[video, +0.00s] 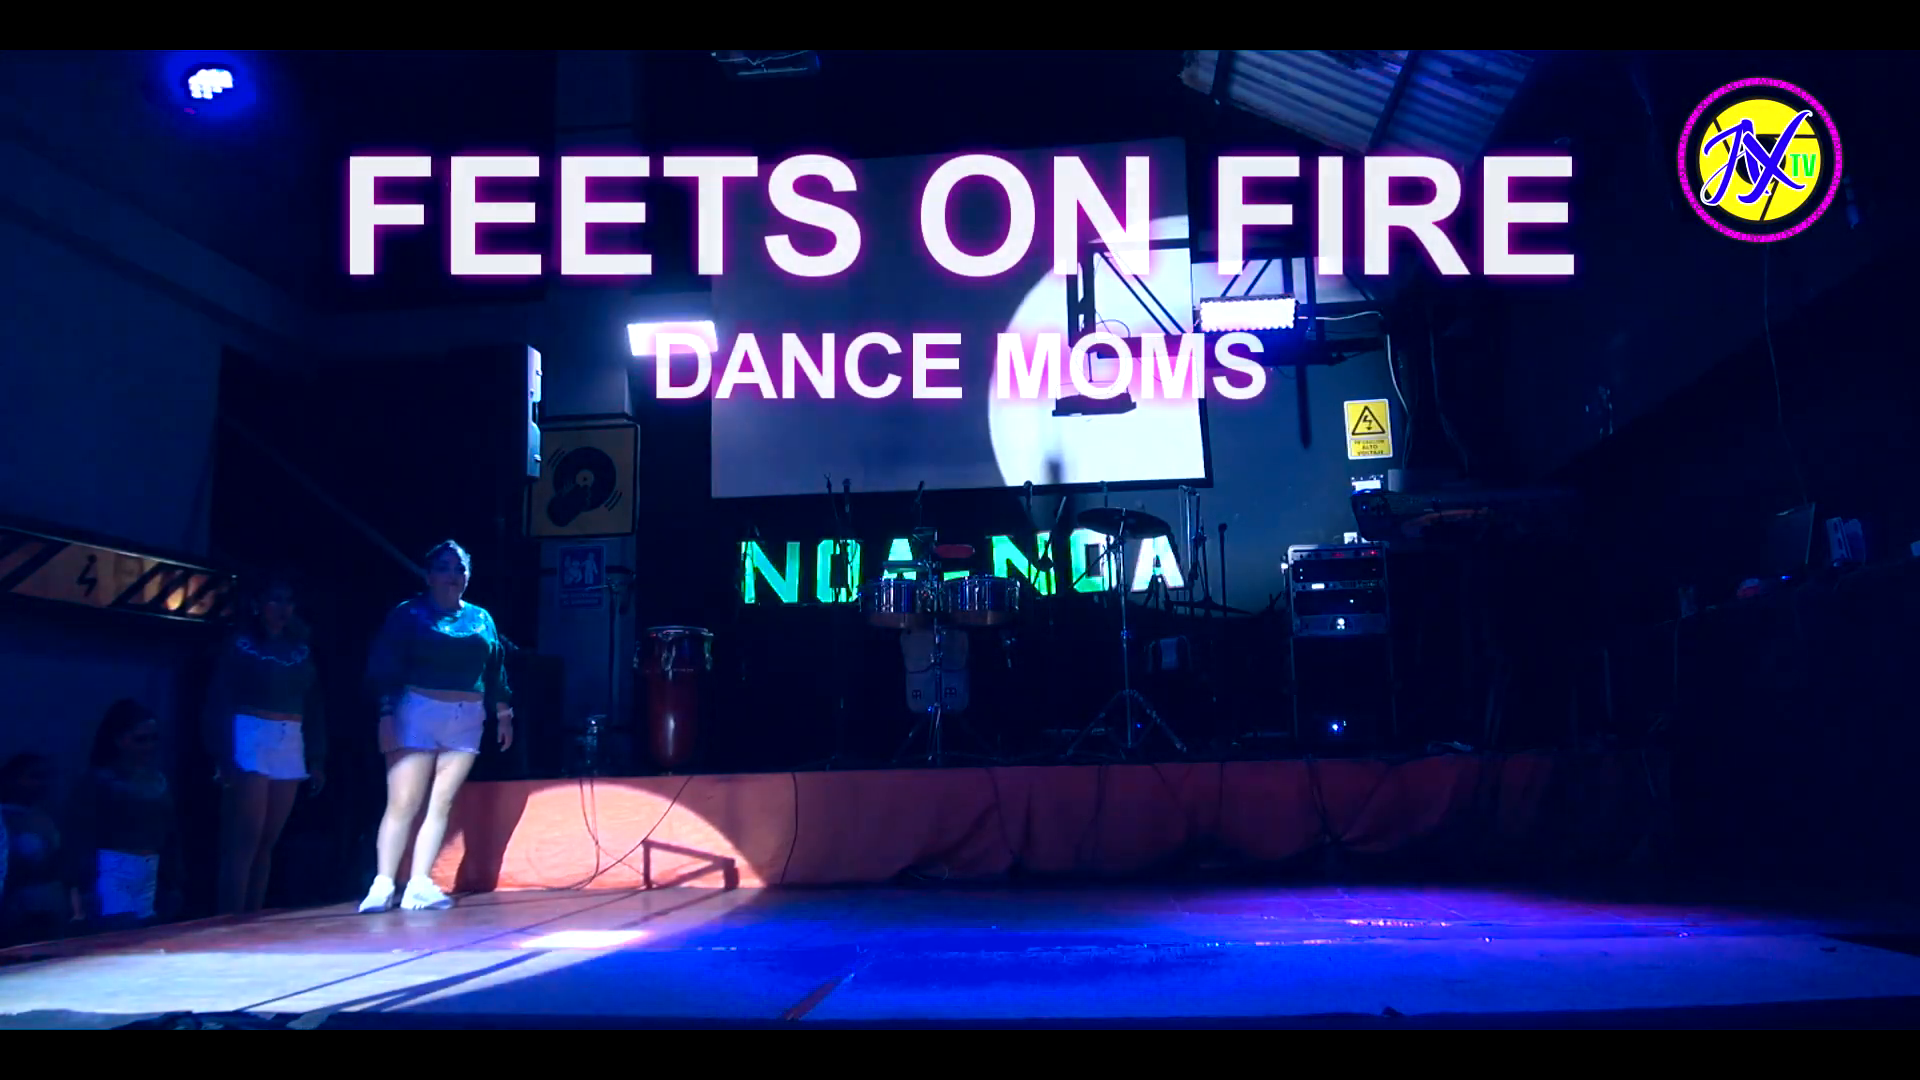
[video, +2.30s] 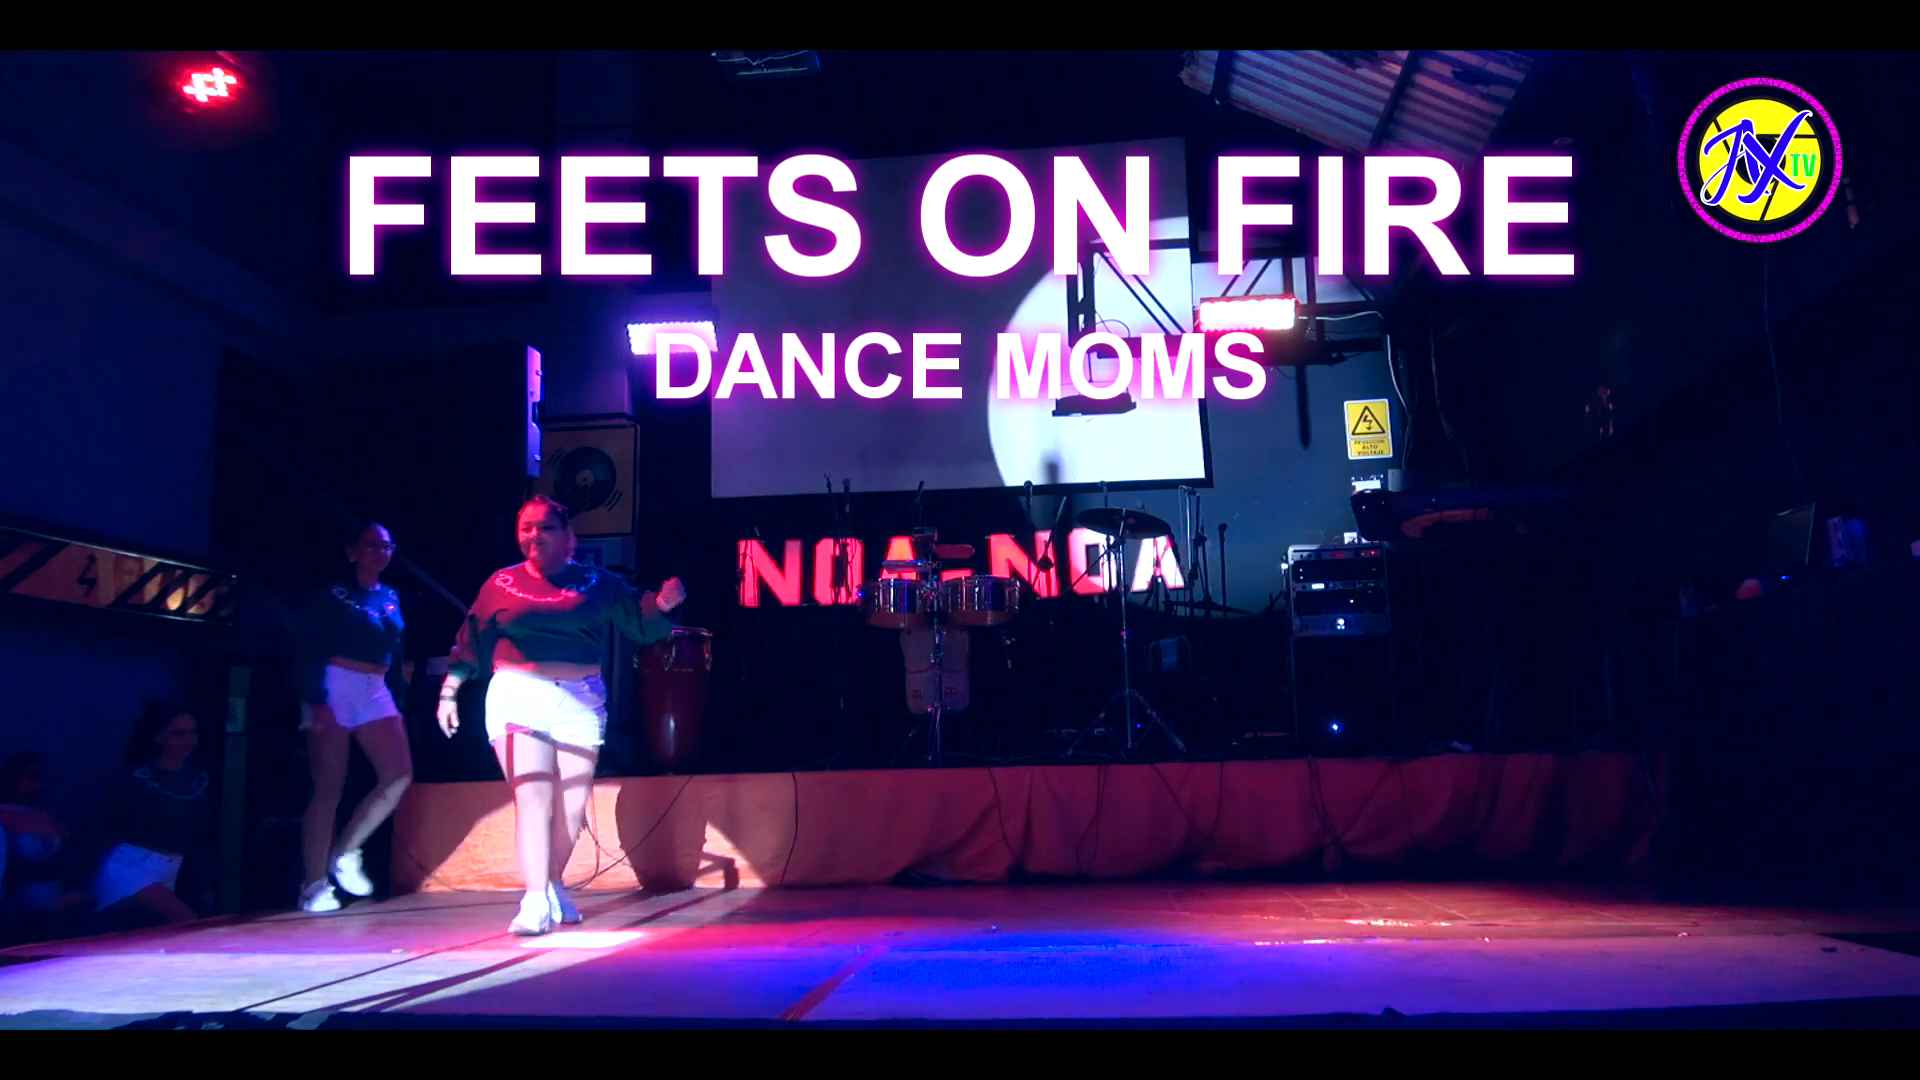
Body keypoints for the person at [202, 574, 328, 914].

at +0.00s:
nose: (282, 610)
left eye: (288, 603)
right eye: (275, 602)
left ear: (294, 608)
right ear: (259, 605)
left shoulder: (300, 649)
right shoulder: (242, 642)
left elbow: (312, 707)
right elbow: (222, 698)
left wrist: (315, 758)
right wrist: (223, 753)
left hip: (292, 733)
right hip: (252, 729)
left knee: (271, 836)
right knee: (249, 831)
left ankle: (254, 915)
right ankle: (232, 913)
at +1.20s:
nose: (295, 610)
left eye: (299, 603)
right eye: (288, 602)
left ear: (304, 609)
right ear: (269, 606)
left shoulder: (310, 652)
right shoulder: (249, 647)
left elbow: (322, 708)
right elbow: (228, 699)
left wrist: (324, 760)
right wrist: (227, 750)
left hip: (300, 736)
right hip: (258, 733)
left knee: (293, 822)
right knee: (288, 813)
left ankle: (263, 906)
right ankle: (244, 894)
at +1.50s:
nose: (305, 610)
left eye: (309, 603)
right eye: (298, 602)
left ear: (313, 610)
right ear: (280, 606)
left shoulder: (320, 653)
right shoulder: (257, 647)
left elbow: (333, 710)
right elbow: (235, 699)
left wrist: (335, 758)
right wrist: (229, 750)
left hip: (308, 734)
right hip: (265, 730)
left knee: (288, 817)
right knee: (323, 783)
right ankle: (293, 873)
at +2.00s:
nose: (348, 577)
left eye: (353, 571)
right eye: (340, 571)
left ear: (360, 577)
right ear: (322, 577)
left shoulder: (365, 625)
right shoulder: (298, 617)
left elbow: (379, 682)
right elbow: (272, 676)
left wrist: (385, 730)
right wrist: (266, 735)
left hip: (343, 716)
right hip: (300, 707)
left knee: (330, 808)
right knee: (332, 795)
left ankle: (276, 897)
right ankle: (315, 887)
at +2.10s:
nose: (358, 565)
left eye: (363, 559)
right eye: (349, 559)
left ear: (369, 568)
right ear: (331, 566)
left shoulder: (372, 614)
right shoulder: (307, 604)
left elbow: (384, 670)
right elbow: (282, 663)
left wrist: (392, 716)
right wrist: (276, 722)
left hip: (353, 704)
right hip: (309, 695)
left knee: (359, 799)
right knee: (329, 789)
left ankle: (283, 867)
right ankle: (314, 886)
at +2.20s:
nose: (370, 558)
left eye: (374, 552)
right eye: (362, 552)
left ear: (379, 560)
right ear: (342, 558)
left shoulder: (380, 606)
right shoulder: (318, 598)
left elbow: (389, 665)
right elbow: (295, 657)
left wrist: (394, 711)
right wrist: (292, 713)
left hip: (364, 694)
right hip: (322, 688)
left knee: (378, 787)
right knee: (329, 789)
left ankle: (308, 841)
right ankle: (315, 885)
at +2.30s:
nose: (381, 552)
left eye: (385, 546)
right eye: (373, 545)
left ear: (391, 554)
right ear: (353, 551)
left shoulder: (388, 597)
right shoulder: (331, 591)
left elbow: (394, 655)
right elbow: (310, 646)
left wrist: (395, 702)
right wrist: (313, 701)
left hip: (375, 685)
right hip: (334, 681)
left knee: (398, 774)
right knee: (329, 787)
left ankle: (346, 853)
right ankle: (314, 884)